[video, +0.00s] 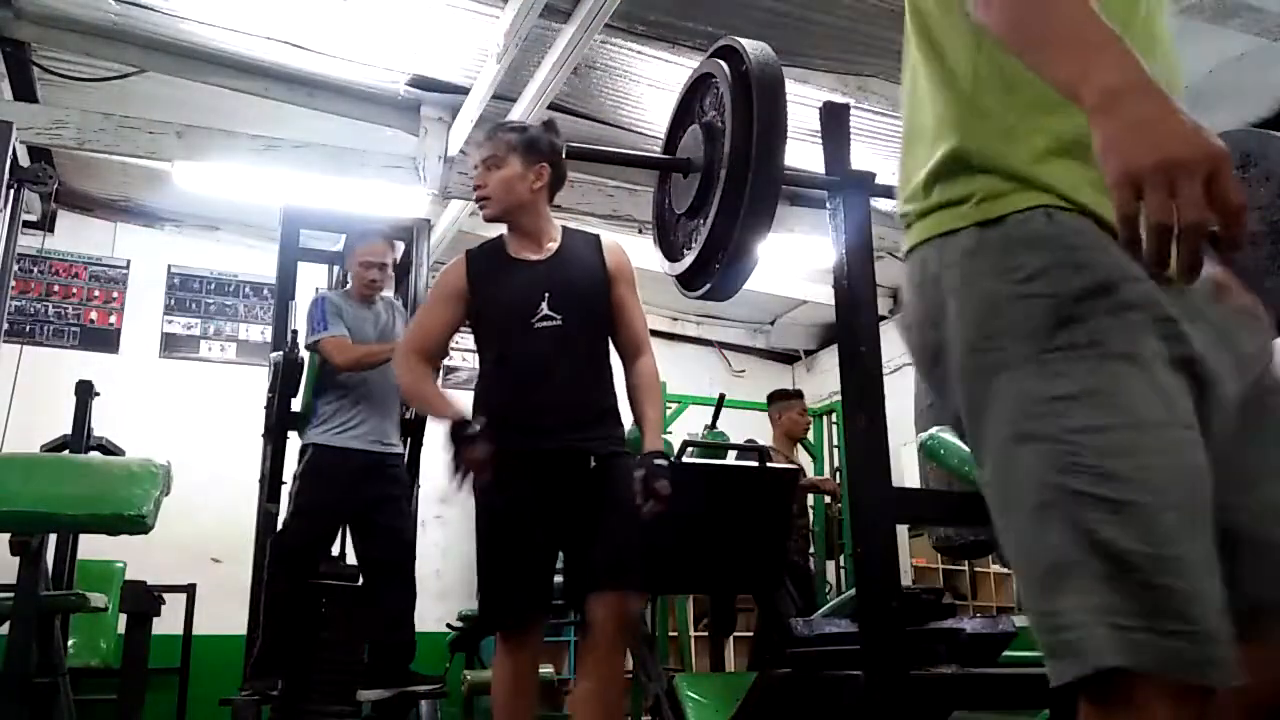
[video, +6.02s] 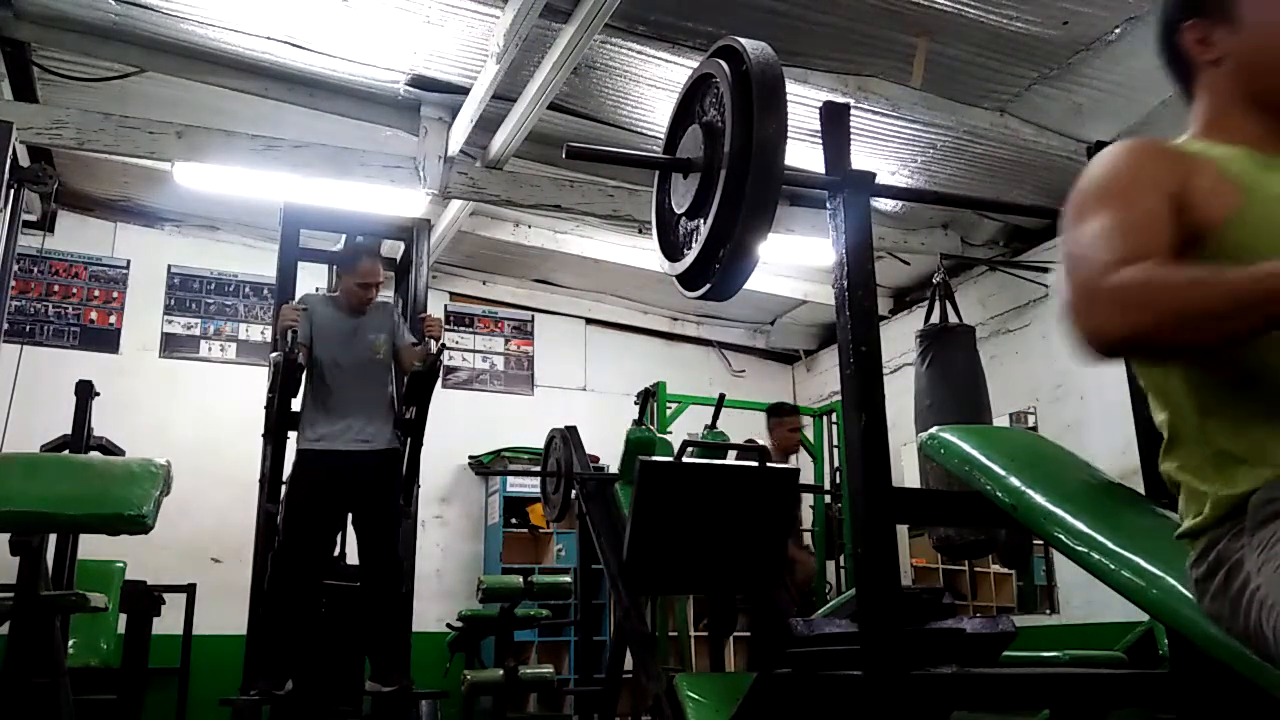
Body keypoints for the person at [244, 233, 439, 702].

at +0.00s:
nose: (377, 274)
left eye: (385, 267)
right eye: (368, 265)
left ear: (392, 269)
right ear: (348, 266)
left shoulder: (398, 315)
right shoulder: (328, 304)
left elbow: (415, 369)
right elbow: (342, 357)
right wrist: (405, 347)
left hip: (384, 458)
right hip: (329, 454)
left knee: (393, 574)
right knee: (293, 562)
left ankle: (390, 681)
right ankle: (271, 673)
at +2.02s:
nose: (365, 288)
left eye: (372, 280)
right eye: (357, 279)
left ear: (383, 280)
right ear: (340, 278)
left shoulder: (400, 316)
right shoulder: (318, 314)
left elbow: (411, 371)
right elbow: (302, 365)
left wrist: (426, 343)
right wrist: (290, 331)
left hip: (378, 457)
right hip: (319, 455)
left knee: (384, 570)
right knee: (296, 565)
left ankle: (394, 671)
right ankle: (283, 668)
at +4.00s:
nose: (359, 286)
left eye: (367, 279)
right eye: (351, 278)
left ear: (378, 280)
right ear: (335, 278)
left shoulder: (394, 318)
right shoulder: (313, 314)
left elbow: (413, 372)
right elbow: (285, 358)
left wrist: (430, 349)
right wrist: (279, 327)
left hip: (377, 457)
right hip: (318, 455)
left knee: (384, 571)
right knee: (296, 566)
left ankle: (387, 672)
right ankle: (279, 672)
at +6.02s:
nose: (371, 296)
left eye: (377, 288)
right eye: (363, 288)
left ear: (382, 282)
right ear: (340, 278)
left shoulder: (389, 315)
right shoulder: (310, 310)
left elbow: (410, 367)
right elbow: (291, 368)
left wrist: (430, 345)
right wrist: (284, 336)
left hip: (378, 455)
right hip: (320, 454)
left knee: (383, 569)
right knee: (297, 565)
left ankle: (385, 671)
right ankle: (279, 671)